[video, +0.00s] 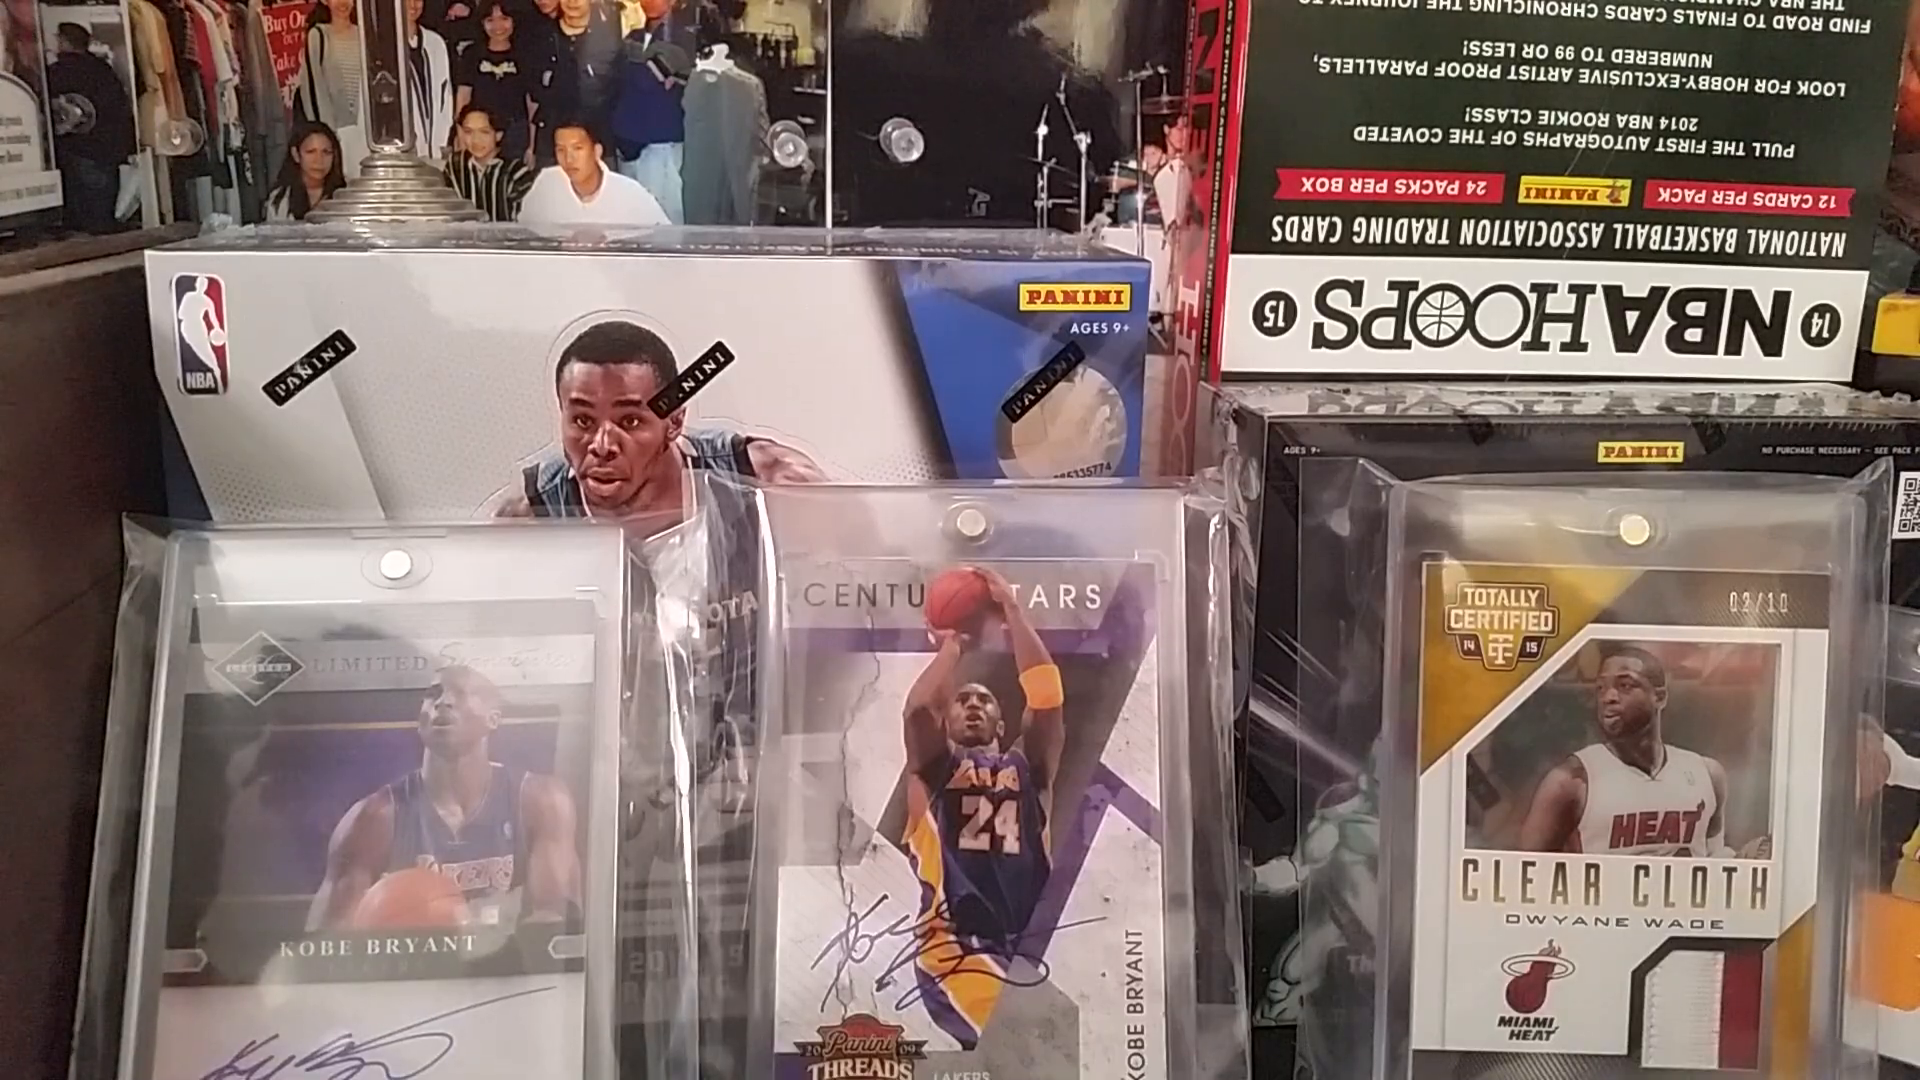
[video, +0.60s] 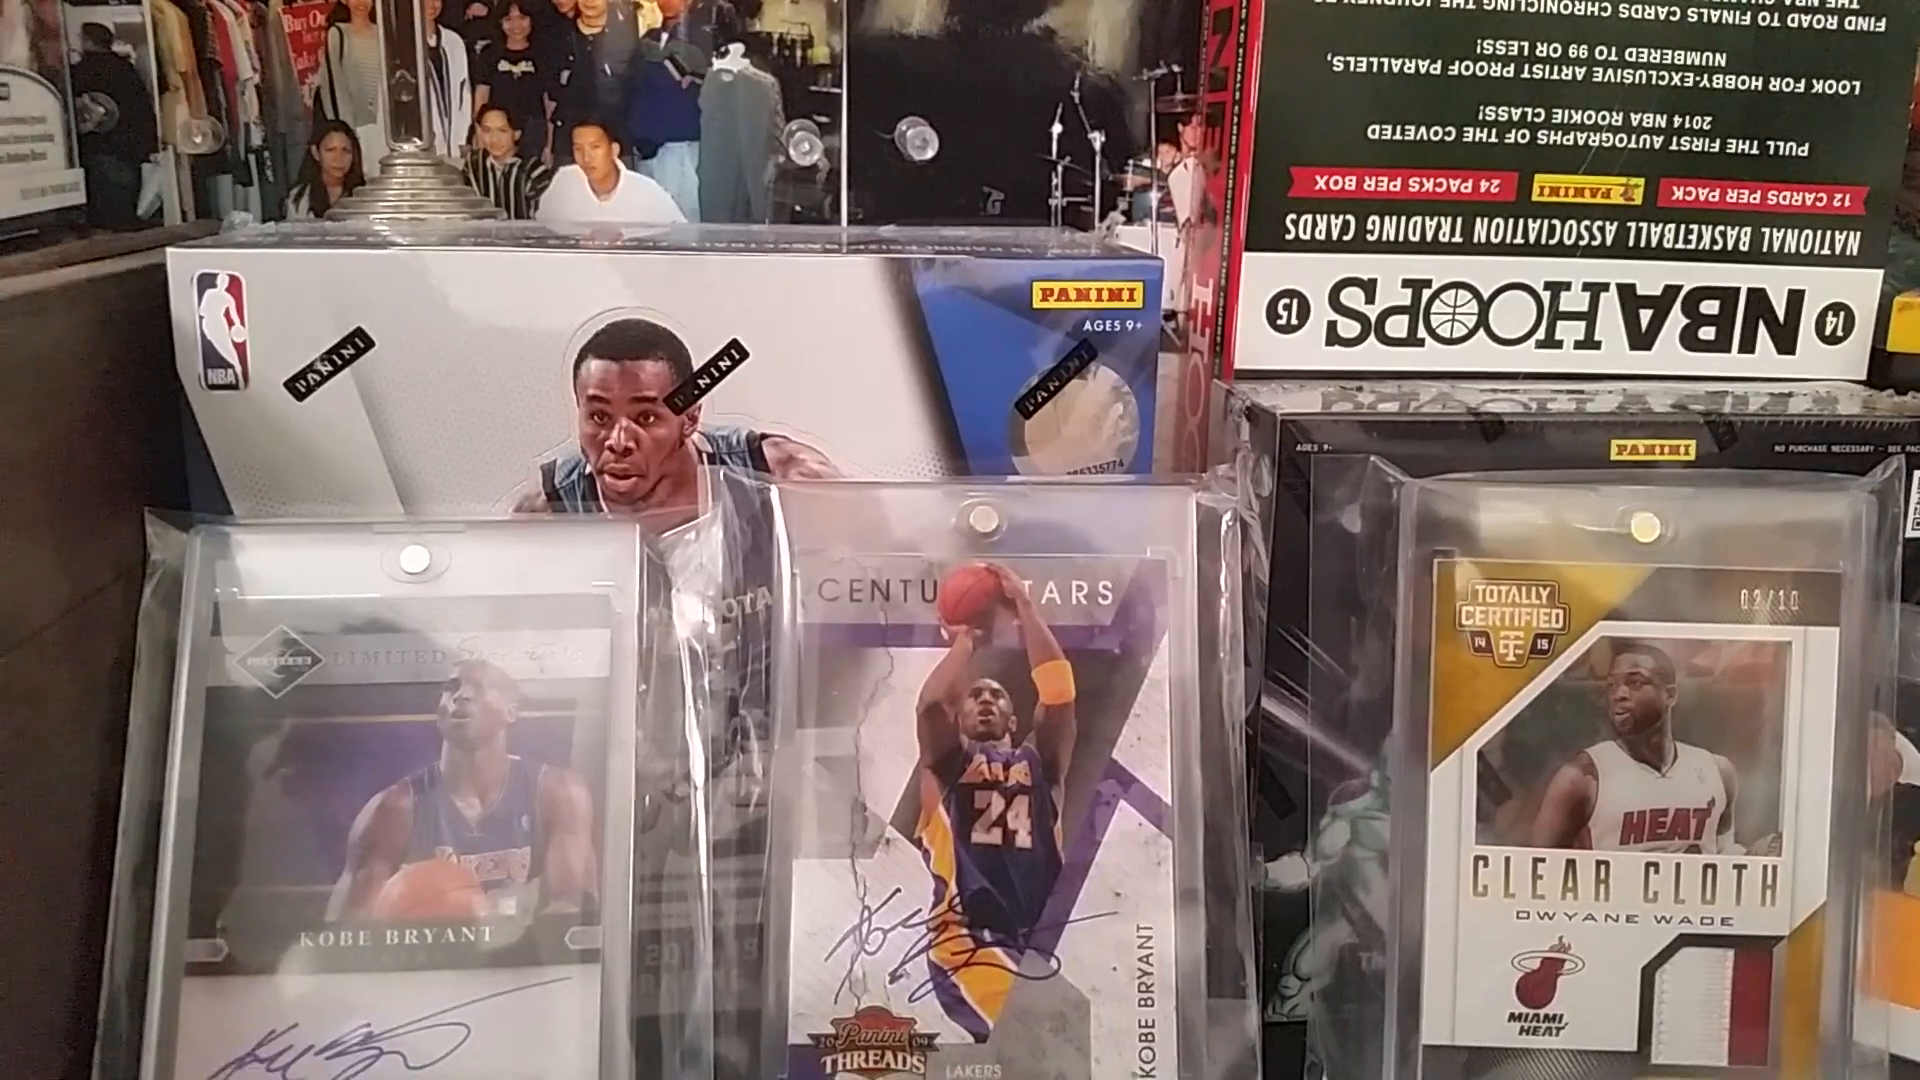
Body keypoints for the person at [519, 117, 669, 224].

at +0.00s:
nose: (569, 159)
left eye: (578, 149)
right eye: (561, 151)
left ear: (597, 151)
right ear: (555, 154)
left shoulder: (629, 192)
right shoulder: (547, 183)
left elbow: (668, 240)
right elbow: (521, 233)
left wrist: (609, 243)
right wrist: (564, 244)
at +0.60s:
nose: (586, 158)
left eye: (595, 148)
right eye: (579, 150)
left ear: (614, 150)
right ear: (573, 153)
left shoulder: (646, 191)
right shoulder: (564, 181)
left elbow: (685, 237)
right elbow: (540, 229)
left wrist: (625, 240)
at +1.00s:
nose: (573, 159)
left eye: (583, 149)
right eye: (567, 151)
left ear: (602, 153)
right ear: (561, 156)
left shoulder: (633, 193)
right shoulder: (553, 183)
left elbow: (669, 239)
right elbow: (528, 232)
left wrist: (614, 244)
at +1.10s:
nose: (538, 156)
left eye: (547, 147)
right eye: (534, 148)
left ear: (570, 150)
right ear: (529, 152)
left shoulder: (603, 189)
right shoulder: (519, 181)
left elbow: (634, 238)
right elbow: (495, 231)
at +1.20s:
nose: (506, 156)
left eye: (514, 147)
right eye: (500, 148)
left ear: (534, 148)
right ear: (494, 152)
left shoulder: (565, 189)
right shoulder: (484, 180)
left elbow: (601, 234)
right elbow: (460, 227)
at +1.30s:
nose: (475, 154)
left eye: (483, 145)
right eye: (468, 146)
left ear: (503, 148)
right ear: (463, 149)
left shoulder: (535, 186)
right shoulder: (454, 178)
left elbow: (572, 233)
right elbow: (430, 226)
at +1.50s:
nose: (462, 154)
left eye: (471, 144)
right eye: (455, 146)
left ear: (490, 147)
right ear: (449, 150)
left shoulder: (522, 186)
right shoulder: (442, 177)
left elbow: (559, 233)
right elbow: (418, 226)